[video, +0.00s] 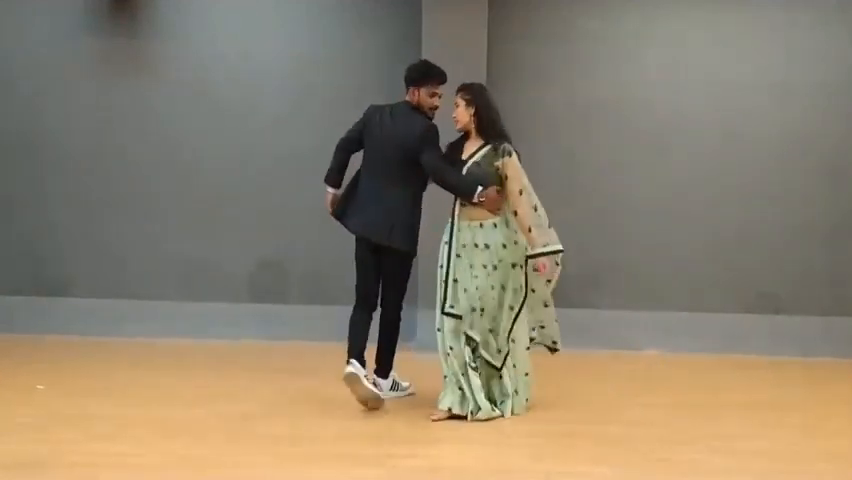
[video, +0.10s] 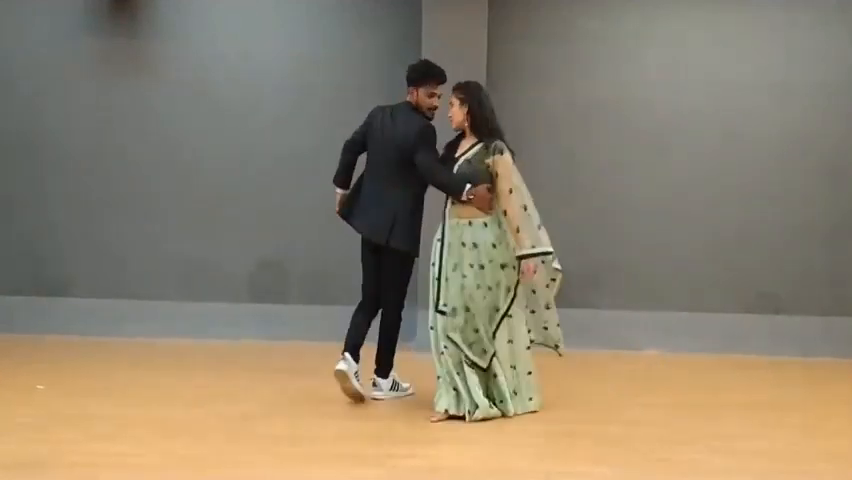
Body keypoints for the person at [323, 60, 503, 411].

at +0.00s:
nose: (438, 101)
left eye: (439, 94)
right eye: (434, 94)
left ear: (411, 93)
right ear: (414, 91)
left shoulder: (375, 114)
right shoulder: (424, 129)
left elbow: (344, 146)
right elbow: (438, 171)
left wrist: (333, 186)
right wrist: (478, 192)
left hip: (364, 223)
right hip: (400, 230)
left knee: (364, 300)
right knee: (392, 307)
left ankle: (354, 362)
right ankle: (384, 378)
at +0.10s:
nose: (438, 102)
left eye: (439, 95)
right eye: (433, 95)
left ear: (414, 93)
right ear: (413, 91)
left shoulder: (379, 115)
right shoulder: (422, 130)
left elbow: (351, 148)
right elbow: (433, 173)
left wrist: (342, 190)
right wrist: (468, 190)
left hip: (370, 223)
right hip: (401, 230)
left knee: (370, 298)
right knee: (392, 305)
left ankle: (348, 358)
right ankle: (383, 379)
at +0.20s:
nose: (435, 101)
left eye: (437, 94)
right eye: (429, 94)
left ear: (424, 91)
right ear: (412, 91)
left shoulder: (384, 116)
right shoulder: (419, 129)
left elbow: (358, 150)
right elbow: (427, 173)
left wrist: (351, 191)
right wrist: (458, 190)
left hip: (374, 220)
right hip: (401, 228)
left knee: (380, 296)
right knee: (393, 304)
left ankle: (353, 361)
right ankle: (383, 379)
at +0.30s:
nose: (432, 101)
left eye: (434, 94)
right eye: (426, 95)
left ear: (432, 91)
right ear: (410, 92)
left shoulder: (390, 118)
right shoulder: (415, 128)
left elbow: (366, 151)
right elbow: (417, 170)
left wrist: (363, 189)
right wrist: (445, 192)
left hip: (379, 220)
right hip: (401, 226)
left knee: (391, 297)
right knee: (394, 301)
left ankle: (373, 367)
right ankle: (383, 380)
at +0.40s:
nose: (428, 104)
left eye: (432, 96)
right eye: (421, 97)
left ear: (437, 93)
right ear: (407, 95)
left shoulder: (396, 121)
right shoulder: (411, 129)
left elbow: (374, 153)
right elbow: (408, 172)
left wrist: (373, 193)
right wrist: (434, 193)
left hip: (389, 226)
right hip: (401, 231)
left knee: (406, 301)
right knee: (396, 305)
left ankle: (405, 370)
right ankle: (382, 381)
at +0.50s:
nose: (423, 105)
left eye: (428, 97)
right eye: (417, 98)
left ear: (435, 96)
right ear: (406, 97)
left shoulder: (434, 129)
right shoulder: (402, 130)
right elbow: (393, 174)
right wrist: (421, 194)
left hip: (423, 229)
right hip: (400, 230)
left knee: (421, 307)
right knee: (397, 305)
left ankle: (415, 383)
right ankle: (383, 381)